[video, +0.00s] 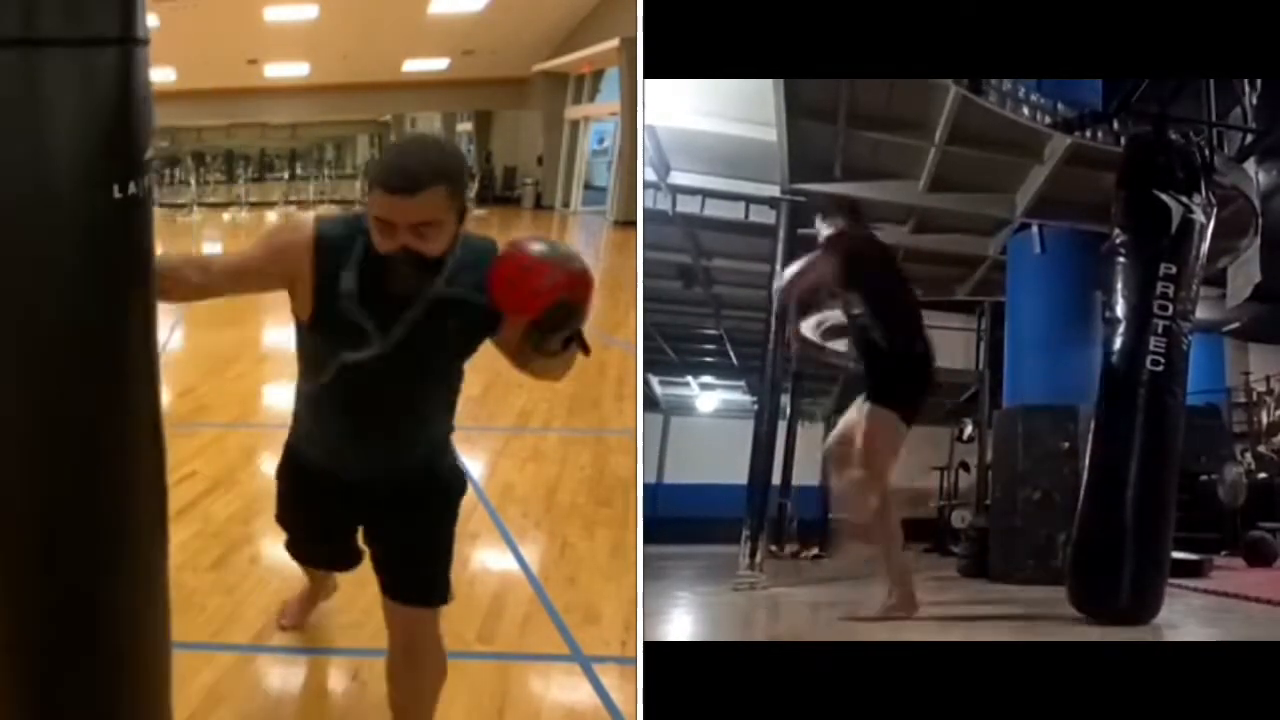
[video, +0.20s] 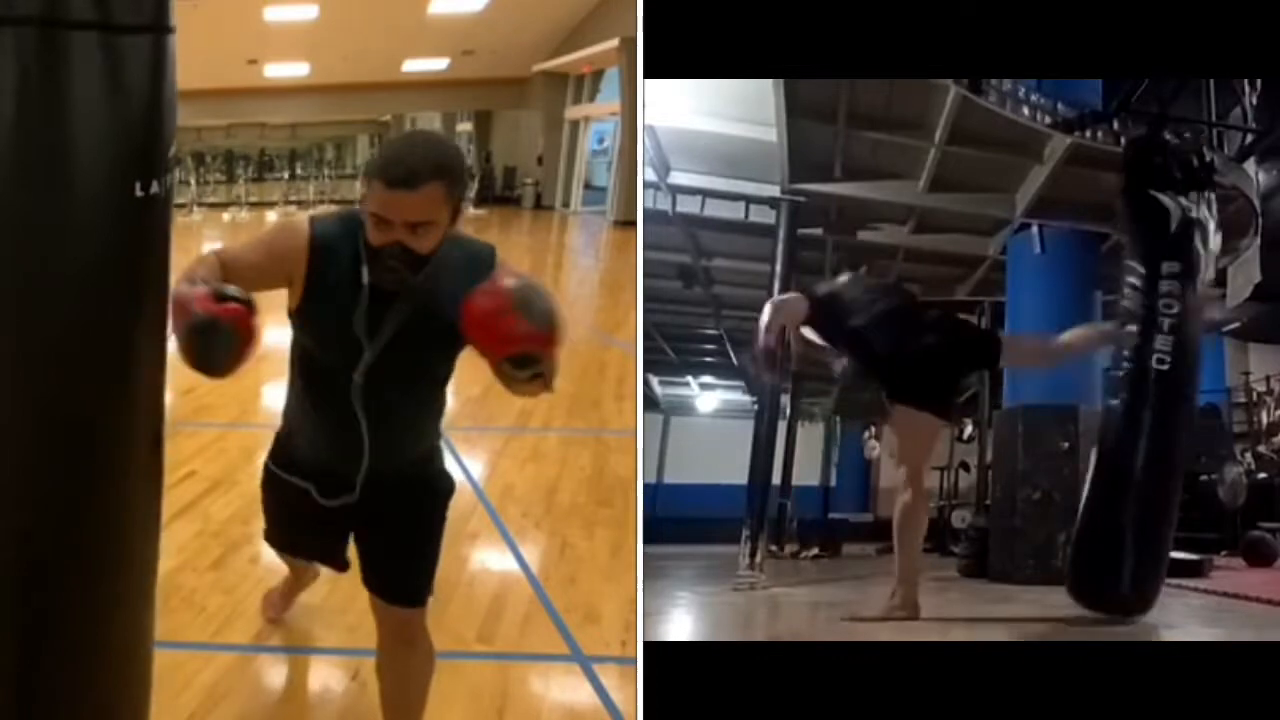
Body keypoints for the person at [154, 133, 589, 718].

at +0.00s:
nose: (399, 244)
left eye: (423, 229)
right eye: (383, 225)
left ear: (461, 215)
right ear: (366, 204)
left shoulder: (482, 270)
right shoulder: (311, 247)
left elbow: (545, 364)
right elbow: (198, 275)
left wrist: (560, 316)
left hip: (416, 475)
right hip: (320, 462)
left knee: (415, 627)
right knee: (313, 547)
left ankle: (414, 715)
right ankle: (319, 586)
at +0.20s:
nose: (393, 241)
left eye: (418, 228)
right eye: (379, 221)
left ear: (455, 215)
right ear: (363, 197)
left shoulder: (474, 272)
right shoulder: (313, 243)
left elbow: (528, 383)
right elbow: (216, 268)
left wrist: (527, 343)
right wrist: (200, 305)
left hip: (404, 476)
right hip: (309, 458)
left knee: (402, 619)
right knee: (294, 543)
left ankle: (403, 715)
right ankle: (302, 574)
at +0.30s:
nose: (368, 220)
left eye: (387, 205)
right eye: (353, 203)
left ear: (421, 196)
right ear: (338, 188)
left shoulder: (459, 263)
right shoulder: (295, 243)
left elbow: (499, 380)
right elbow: (217, 304)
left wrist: (454, 322)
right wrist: (241, 309)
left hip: (391, 474)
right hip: (299, 457)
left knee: (396, 627)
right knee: (282, 533)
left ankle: (400, 716)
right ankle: (296, 579)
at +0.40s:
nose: (336, 208)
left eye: (354, 195)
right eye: (324, 192)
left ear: (386, 187)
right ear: (312, 182)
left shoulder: (428, 257)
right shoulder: (287, 244)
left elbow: (467, 367)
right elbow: (224, 336)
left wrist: (408, 320)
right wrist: (245, 295)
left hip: (374, 459)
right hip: (293, 446)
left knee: (383, 616)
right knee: (298, 528)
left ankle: (395, 716)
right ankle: (307, 593)